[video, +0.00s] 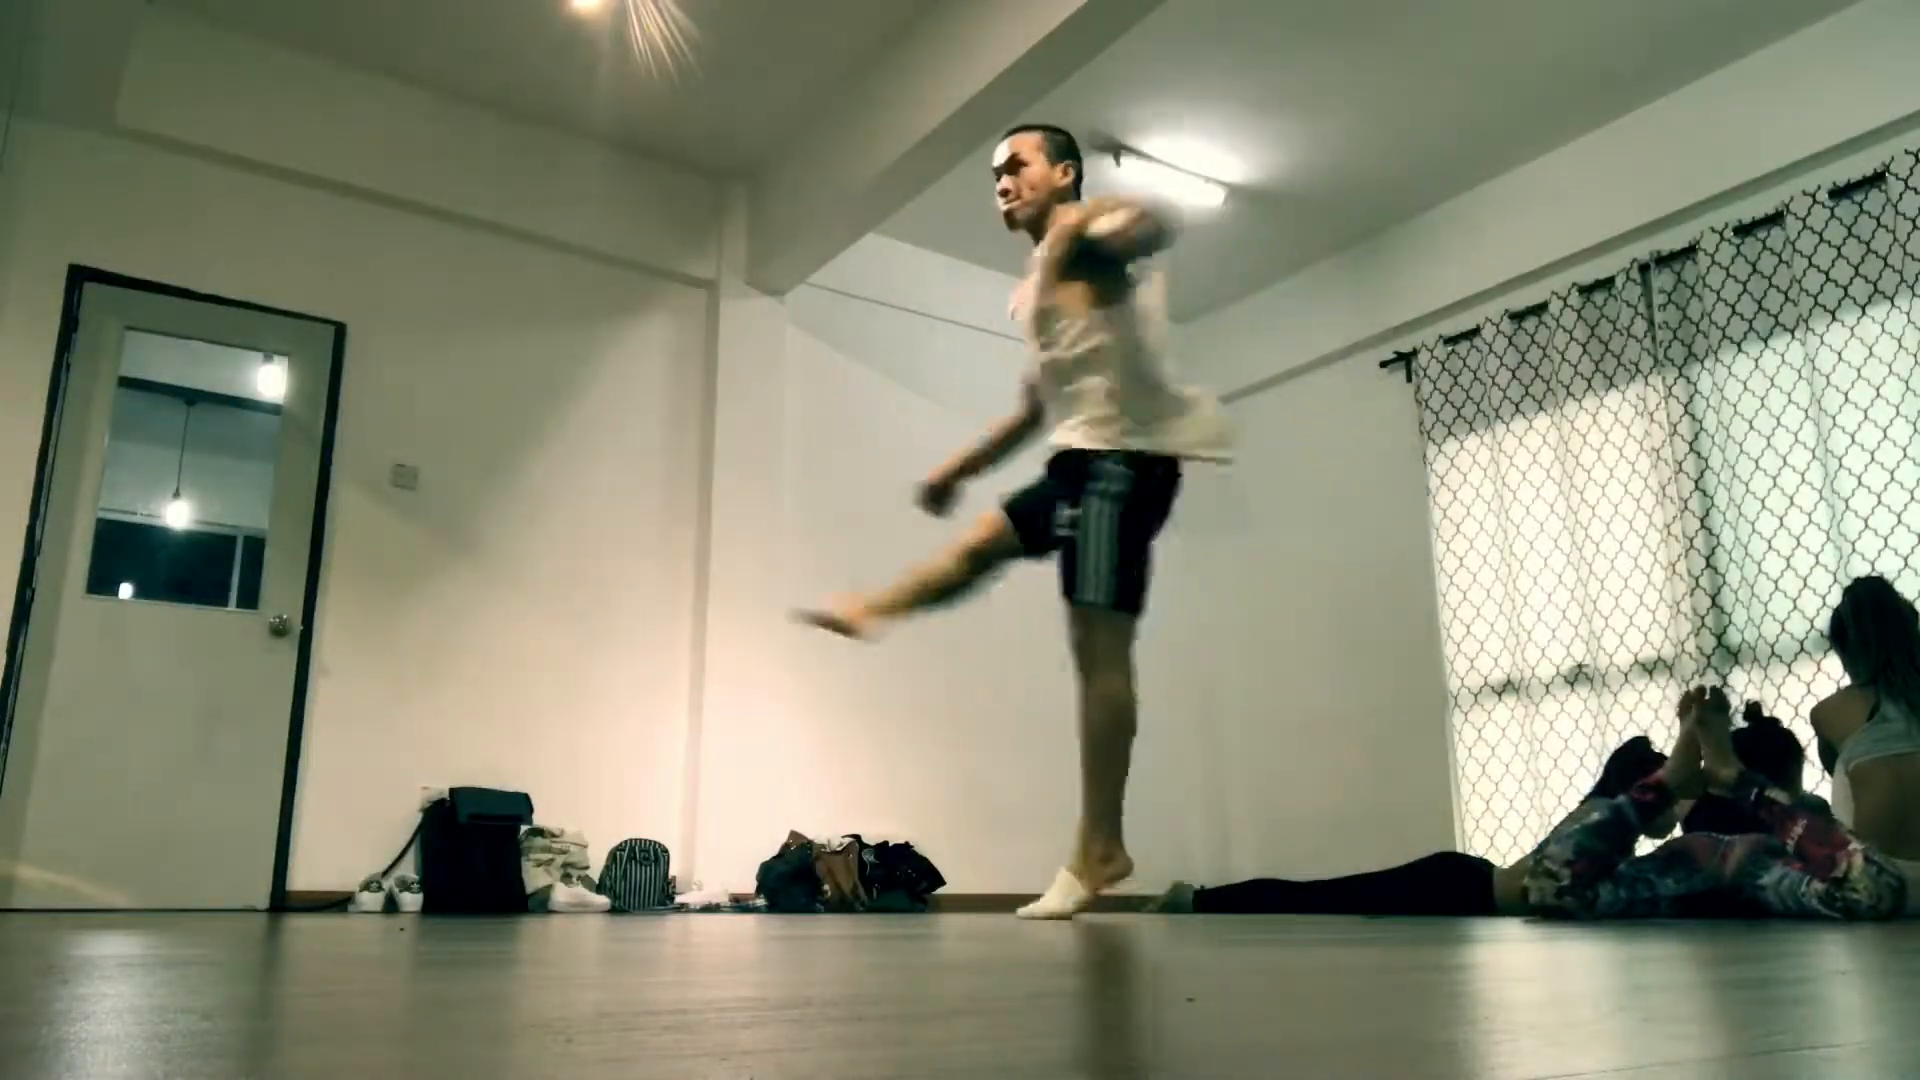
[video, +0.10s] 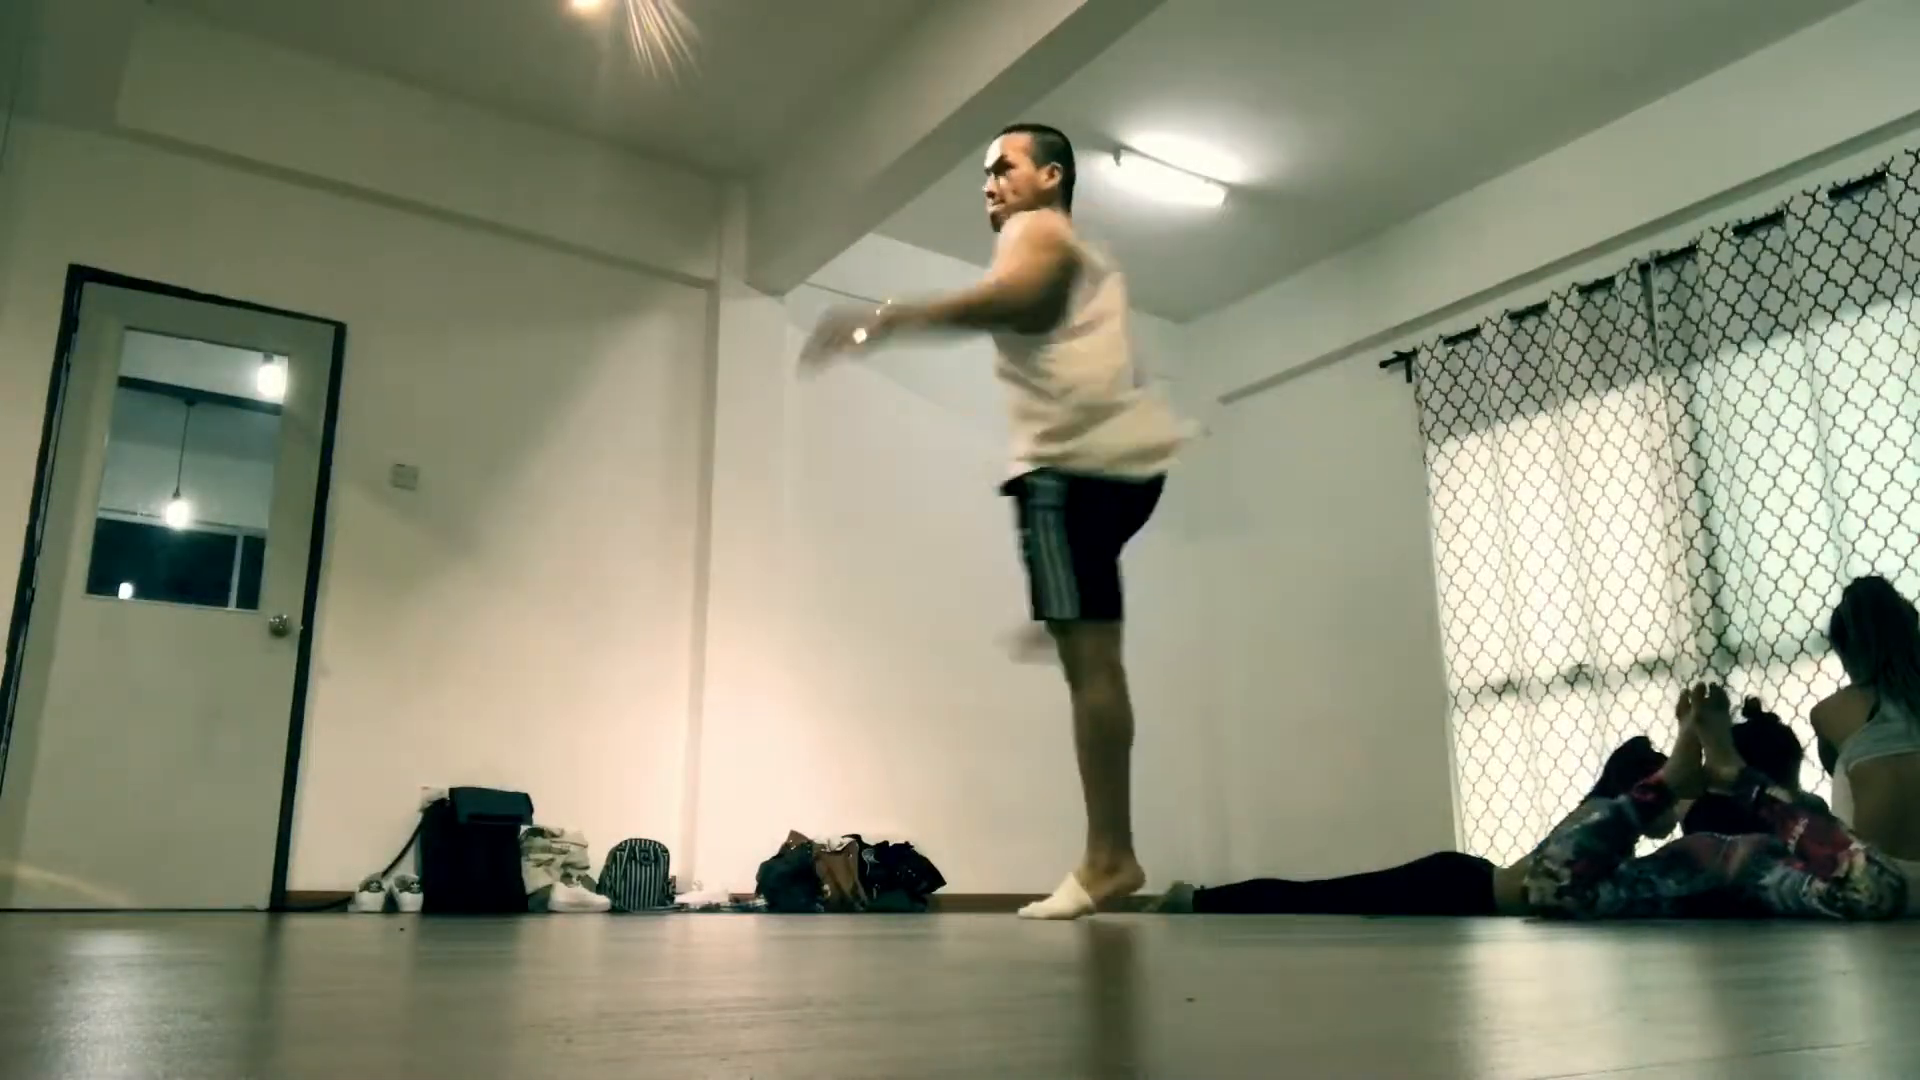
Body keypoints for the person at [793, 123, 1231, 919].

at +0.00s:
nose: (1001, 183)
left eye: (1017, 167)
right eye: (997, 174)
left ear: (1065, 173)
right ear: (1011, 194)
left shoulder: (1093, 224)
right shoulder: (1034, 287)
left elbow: (1157, 222)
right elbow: (1037, 406)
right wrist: (958, 470)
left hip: (1128, 458)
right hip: (1076, 460)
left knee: (1102, 659)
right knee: (982, 543)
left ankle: (1100, 852)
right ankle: (873, 609)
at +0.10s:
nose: (990, 182)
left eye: (1006, 167)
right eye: (989, 171)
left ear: (1055, 179)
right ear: (1051, 190)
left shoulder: (1037, 229)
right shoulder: (1076, 250)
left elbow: (1018, 294)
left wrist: (885, 318)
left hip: (1076, 471)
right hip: (1120, 468)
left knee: (1093, 668)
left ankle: (1108, 863)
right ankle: (1064, 624)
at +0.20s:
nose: (970, 172)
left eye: (983, 156)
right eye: (975, 156)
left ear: (1026, 166)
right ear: (1038, 172)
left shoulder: (971, 240)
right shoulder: (1095, 247)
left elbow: (927, 351)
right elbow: (1189, 335)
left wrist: (899, 395)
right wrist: (1156, 377)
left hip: (1017, 477)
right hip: (1108, 454)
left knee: (1059, 670)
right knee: (1165, 572)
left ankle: (1094, 849)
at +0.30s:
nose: (1042, 180)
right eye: (1046, 166)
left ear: (976, 178)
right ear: (1043, 168)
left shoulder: (938, 262)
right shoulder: (1058, 221)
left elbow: (937, 369)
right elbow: (1158, 259)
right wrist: (1146, 294)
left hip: (979, 468)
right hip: (1074, 432)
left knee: (1026, 657)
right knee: (1223, 546)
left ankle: (1058, 847)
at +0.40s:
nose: (1043, 164)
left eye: (1043, 150)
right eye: (1024, 152)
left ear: (1040, 163)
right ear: (984, 173)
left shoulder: (1017, 260)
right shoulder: (998, 222)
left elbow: (1040, 357)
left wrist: (1107, 333)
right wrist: (1112, 256)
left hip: (988, 458)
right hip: (1036, 426)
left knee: (1038, 645)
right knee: (1199, 506)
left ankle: (1036, 838)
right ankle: (1379, 597)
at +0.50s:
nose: (989, 212)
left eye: (1001, 195)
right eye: (980, 205)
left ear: (1045, 206)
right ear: (978, 224)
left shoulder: (1087, 308)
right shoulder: (968, 278)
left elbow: (1159, 386)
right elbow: (924, 322)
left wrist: (1238, 404)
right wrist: (976, 298)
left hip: (1063, 476)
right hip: (983, 465)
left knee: (1054, 681)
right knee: (1129, 487)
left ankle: (1024, 879)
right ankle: (1253, 482)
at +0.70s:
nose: (983, 172)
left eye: (998, 156)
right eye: (977, 163)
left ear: (1050, 166)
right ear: (984, 184)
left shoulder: (1115, 238)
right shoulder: (977, 282)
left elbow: (1255, 233)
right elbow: (870, 332)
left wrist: (1381, 215)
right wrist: (764, 353)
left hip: (1072, 485)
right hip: (990, 451)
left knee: (1043, 679)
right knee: (847, 431)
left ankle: (1018, 878)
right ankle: (668, 403)